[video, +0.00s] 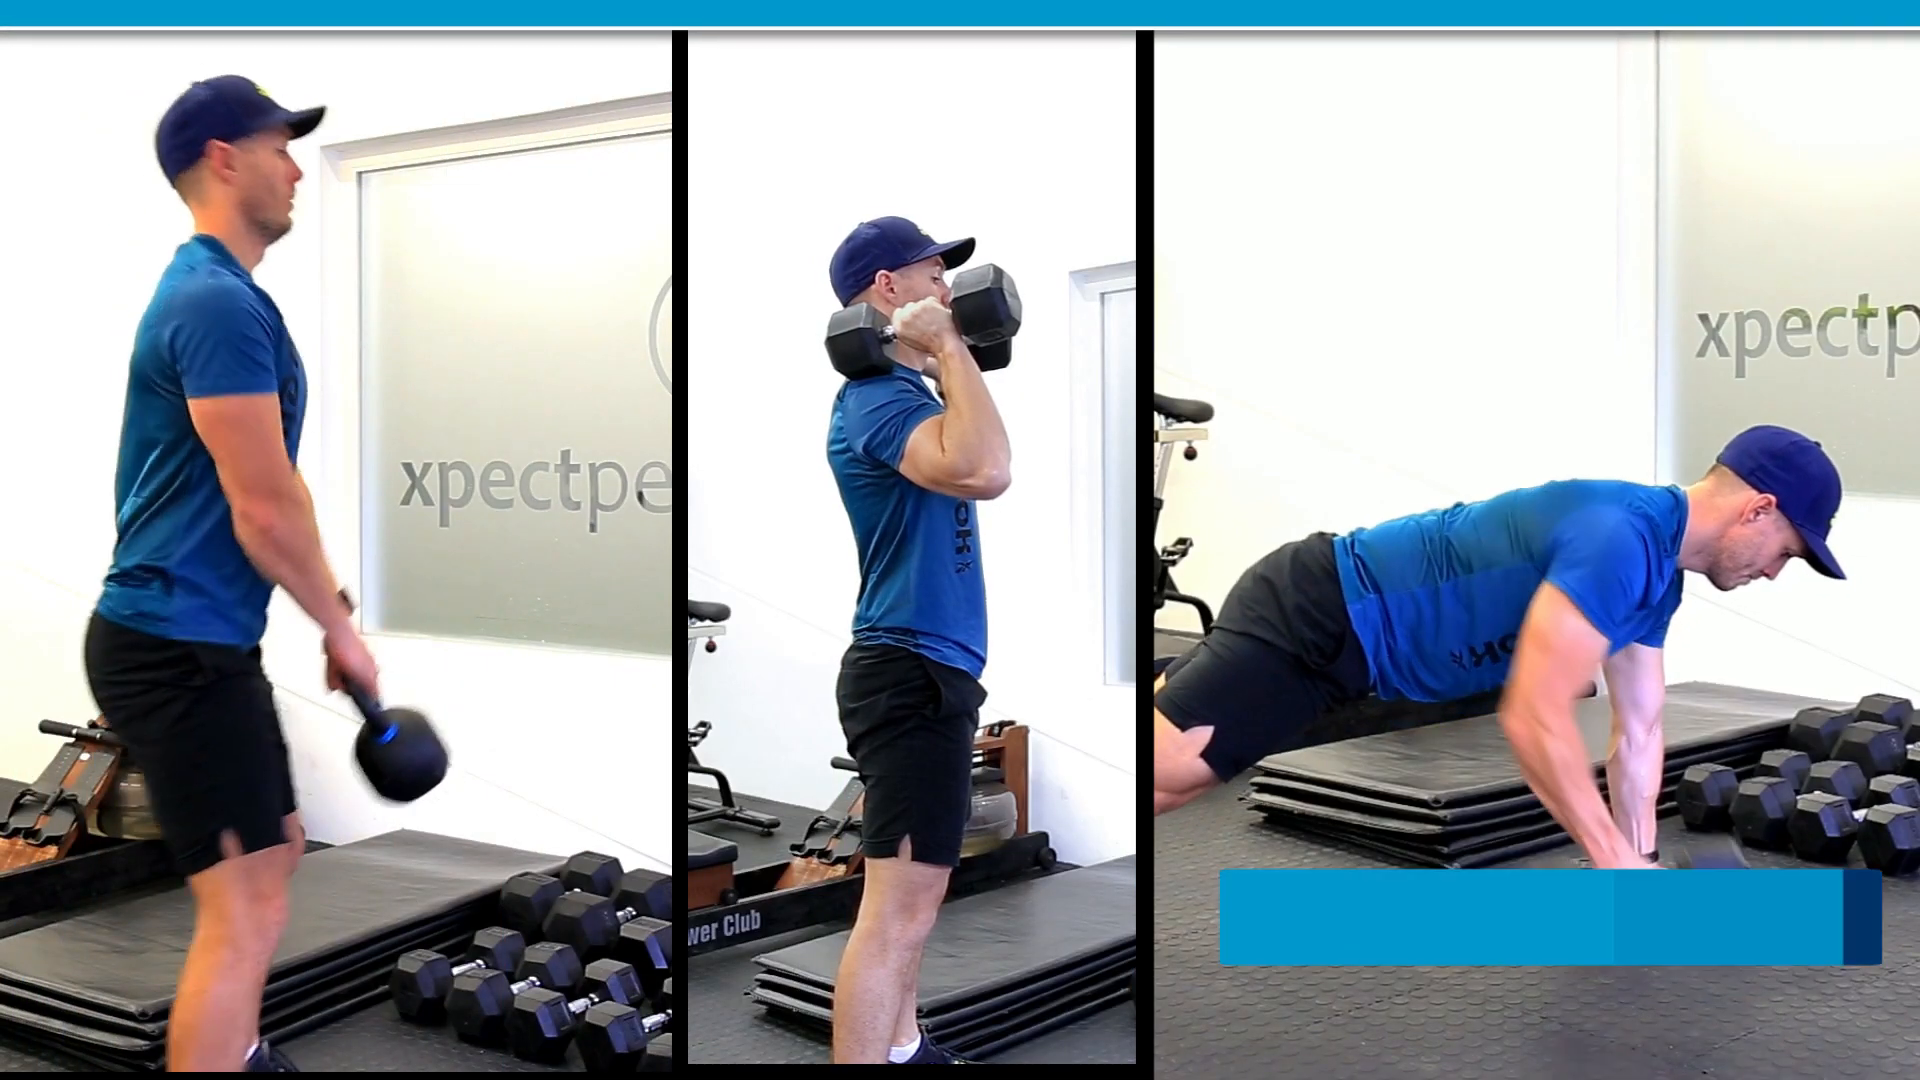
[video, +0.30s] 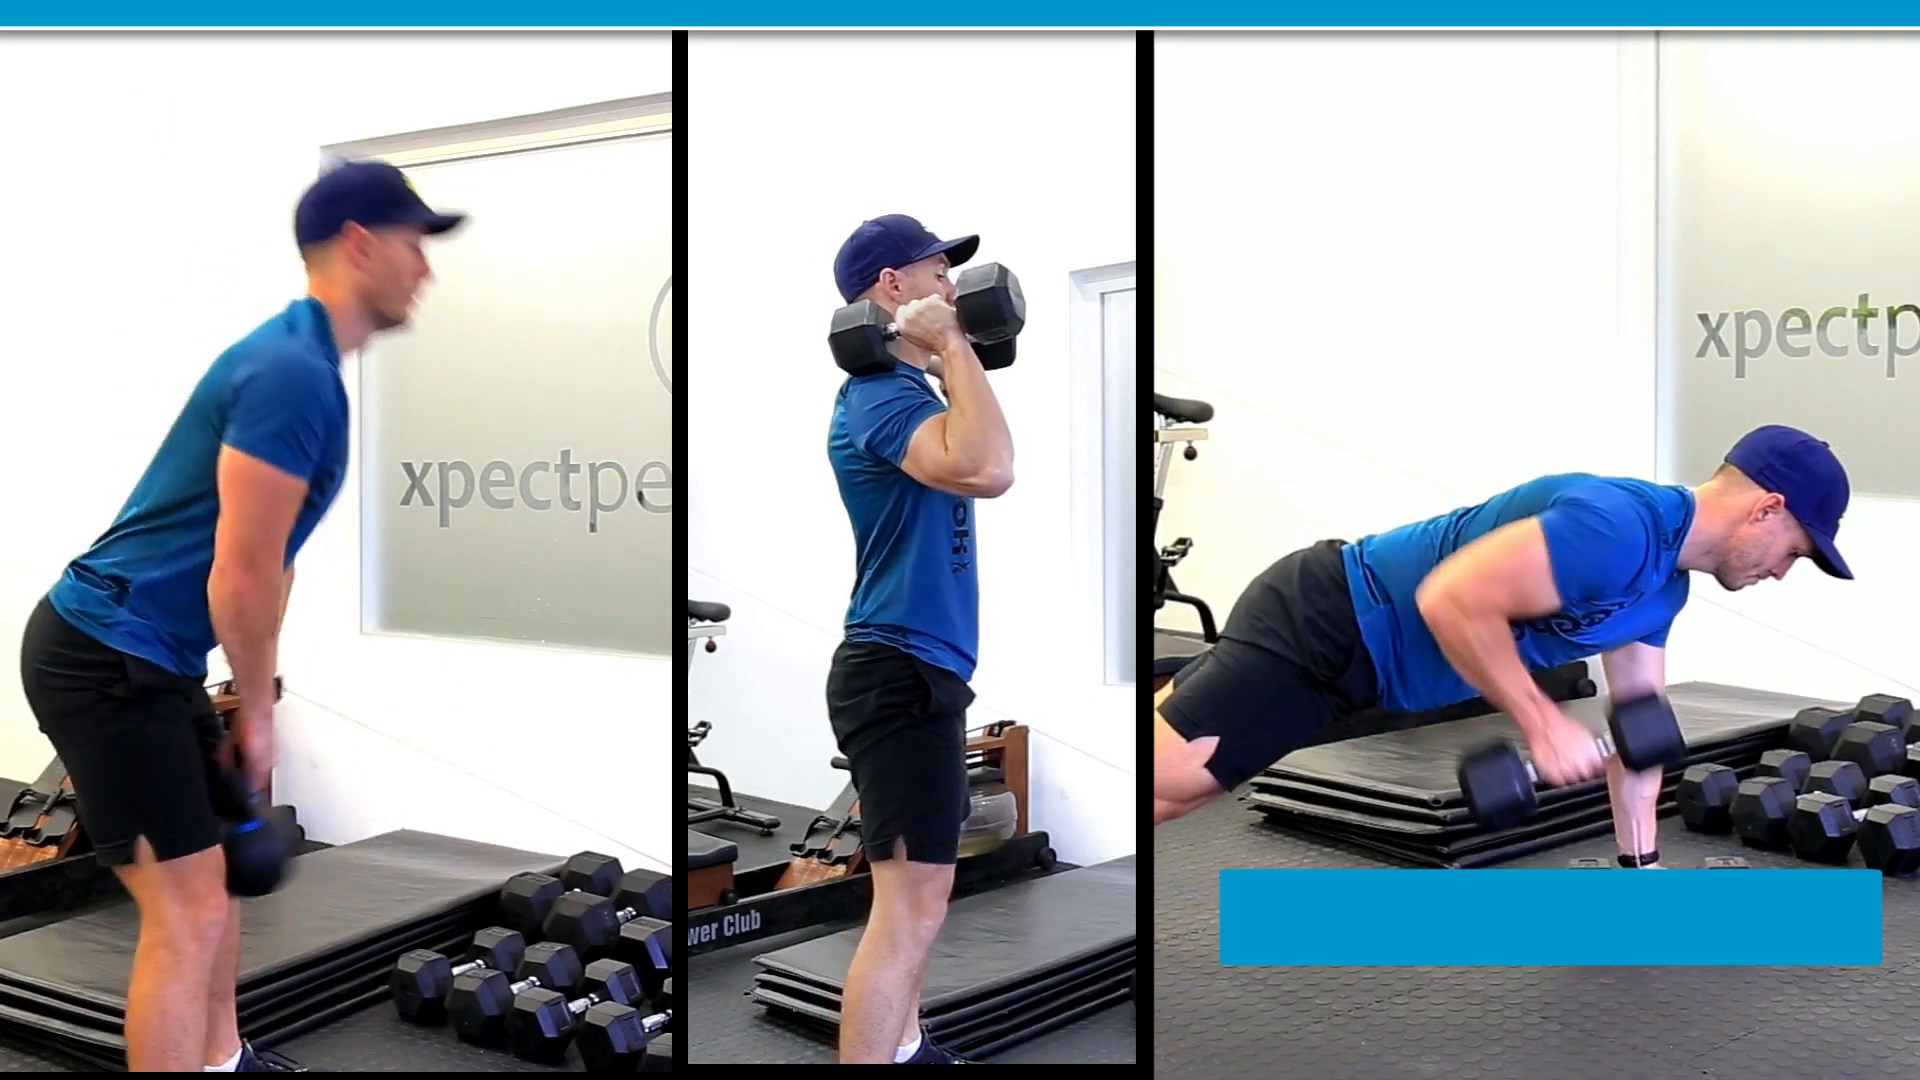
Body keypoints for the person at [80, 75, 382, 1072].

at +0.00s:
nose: (299, 167)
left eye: (293, 148)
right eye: (281, 146)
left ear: (223, 164)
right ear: (222, 160)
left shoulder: (226, 293)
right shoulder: (214, 301)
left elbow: (272, 497)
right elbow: (262, 509)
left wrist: (336, 618)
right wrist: (339, 629)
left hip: (204, 636)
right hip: (171, 642)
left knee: (274, 847)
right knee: (240, 904)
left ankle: (224, 1040)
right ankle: (208, 1068)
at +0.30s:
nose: (429, 267)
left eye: (427, 246)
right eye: (414, 244)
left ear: (356, 249)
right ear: (354, 244)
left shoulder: (310, 370)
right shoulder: (291, 373)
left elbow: (264, 563)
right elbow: (240, 579)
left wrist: (256, 699)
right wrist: (256, 712)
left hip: (144, 654)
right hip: (105, 653)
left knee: (210, 894)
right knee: (185, 912)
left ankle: (219, 1061)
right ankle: (178, 1074)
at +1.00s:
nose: (309, 195)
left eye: (309, 175)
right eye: (297, 171)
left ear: (233, 174)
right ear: (234, 168)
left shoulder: (200, 289)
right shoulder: (198, 298)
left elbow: (253, 489)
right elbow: (258, 497)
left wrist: (334, 588)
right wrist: (345, 592)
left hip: (205, 630)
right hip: (195, 637)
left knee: (233, 878)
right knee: (223, 907)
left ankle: (226, 1055)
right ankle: (193, 1074)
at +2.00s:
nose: (441, 282)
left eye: (439, 261)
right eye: (425, 259)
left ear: (368, 266)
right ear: (367, 261)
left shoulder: (318, 382)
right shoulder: (312, 393)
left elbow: (272, 587)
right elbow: (264, 599)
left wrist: (279, 713)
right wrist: (277, 734)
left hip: (166, 673)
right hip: (128, 676)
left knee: (262, 859)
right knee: (247, 923)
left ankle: (222, 1041)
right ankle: (205, 1062)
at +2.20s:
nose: (535, 401)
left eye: (536, 379)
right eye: (526, 376)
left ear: (468, 381)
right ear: (473, 380)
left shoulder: (387, 467)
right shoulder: (379, 488)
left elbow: (264, 650)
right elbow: (249, 660)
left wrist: (247, 779)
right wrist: (203, 779)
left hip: (163, 674)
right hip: (118, 685)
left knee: (273, 835)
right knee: (251, 928)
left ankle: (218, 1033)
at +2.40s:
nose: (528, 367)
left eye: (528, 347)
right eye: (517, 346)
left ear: (461, 350)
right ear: (465, 348)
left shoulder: (378, 437)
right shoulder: (376, 453)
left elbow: (269, 630)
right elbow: (262, 630)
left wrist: (252, 780)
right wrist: (223, 772)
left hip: (149, 660)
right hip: (129, 669)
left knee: (253, 882)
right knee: (241, 925)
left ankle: (225, 1049)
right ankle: (207, 1063)